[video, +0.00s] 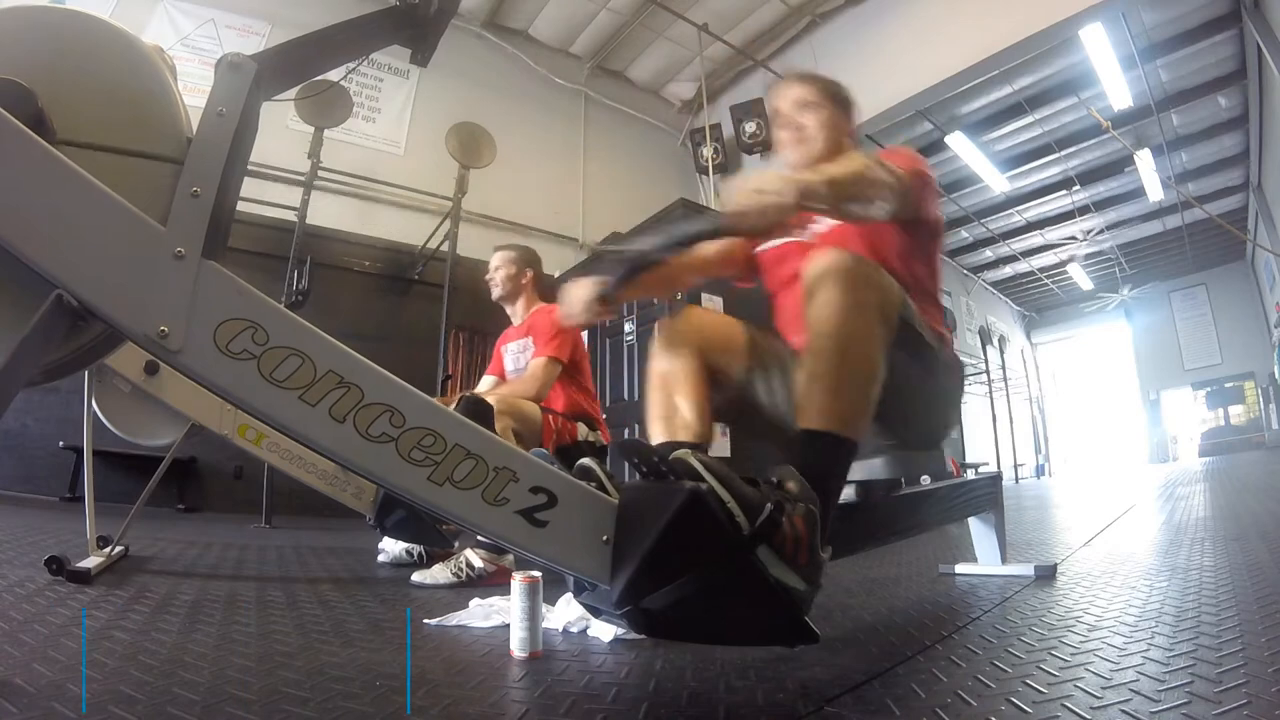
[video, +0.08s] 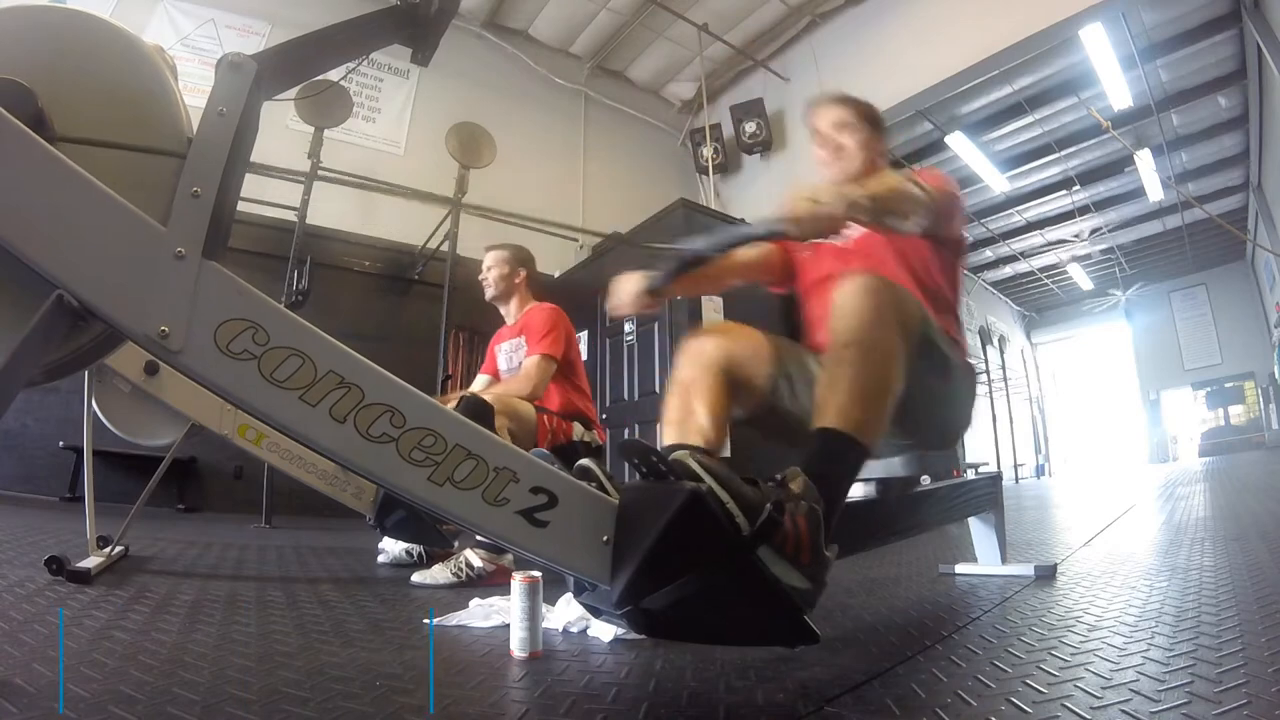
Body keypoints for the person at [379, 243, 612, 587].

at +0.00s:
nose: (488, 277)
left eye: (497, 269)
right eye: (489, 271)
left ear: (526, 276)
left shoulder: (553, 315)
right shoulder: (505, 339)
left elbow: (535, 387)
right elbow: (482, 392)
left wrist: (469, 404)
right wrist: (438, 407)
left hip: (578, 430)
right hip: (527, 427)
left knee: (493, 410)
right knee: (446, 410)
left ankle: (493, 553)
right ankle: (432, 535)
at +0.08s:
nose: (482, 277)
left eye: (490, 269)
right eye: (482, 271)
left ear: (519, 275)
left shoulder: (547, 314)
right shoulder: (499, 339)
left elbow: (530, 385)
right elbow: (474, 392)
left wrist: (460, 403)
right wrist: (429, 407)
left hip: (573, 429)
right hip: (521, 427)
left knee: (487, 408)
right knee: (448, 412)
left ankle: (491, 553)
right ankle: (431, 536)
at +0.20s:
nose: (471, 276)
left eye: (479, 267)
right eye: (472, 269)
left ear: (509, 274)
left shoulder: (536, 313)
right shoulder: (490, 336)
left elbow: (520, 383)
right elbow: (466, 391)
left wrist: (460, 398)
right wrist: (427, 404)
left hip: (566, 429)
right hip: (516, 427)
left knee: (475, 408)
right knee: (440, 412)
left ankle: (488, 552)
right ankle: (426, 535)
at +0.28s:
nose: (468, 275)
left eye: (476, 267)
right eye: (469, 268)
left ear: (505, 273)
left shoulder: (532, 311)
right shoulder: (485, 337)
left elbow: (516, 383)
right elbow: (463, 390)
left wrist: (444, 401)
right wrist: (417, 404)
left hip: (563, 429)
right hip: (511, 426)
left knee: (476, 406)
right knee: (429, 414)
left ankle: (490, 553)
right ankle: (422, 537)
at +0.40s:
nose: (461, 273)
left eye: (469, 265)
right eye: (462, 267)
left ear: (499, 272)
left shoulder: (525, 310)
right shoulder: (478, 335)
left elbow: (510, 382)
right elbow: (457, 389)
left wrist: (448, 398)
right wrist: (415, 405)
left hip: (559, 429)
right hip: (509, 426)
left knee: (474, 405)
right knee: (428, 413)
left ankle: (488, 553)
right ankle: (422, 536)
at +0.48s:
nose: (458, 273)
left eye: (467, 264)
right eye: (460, 266)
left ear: (496, 271)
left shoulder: (522, 310)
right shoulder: (475, 335)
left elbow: (508, 383)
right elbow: (455, 389)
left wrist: (445, 398)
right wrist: (414, 405)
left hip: (557, 429)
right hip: (506, 425)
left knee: (473, 405)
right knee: (429, 410)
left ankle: (488, 552)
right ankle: (421, 536)